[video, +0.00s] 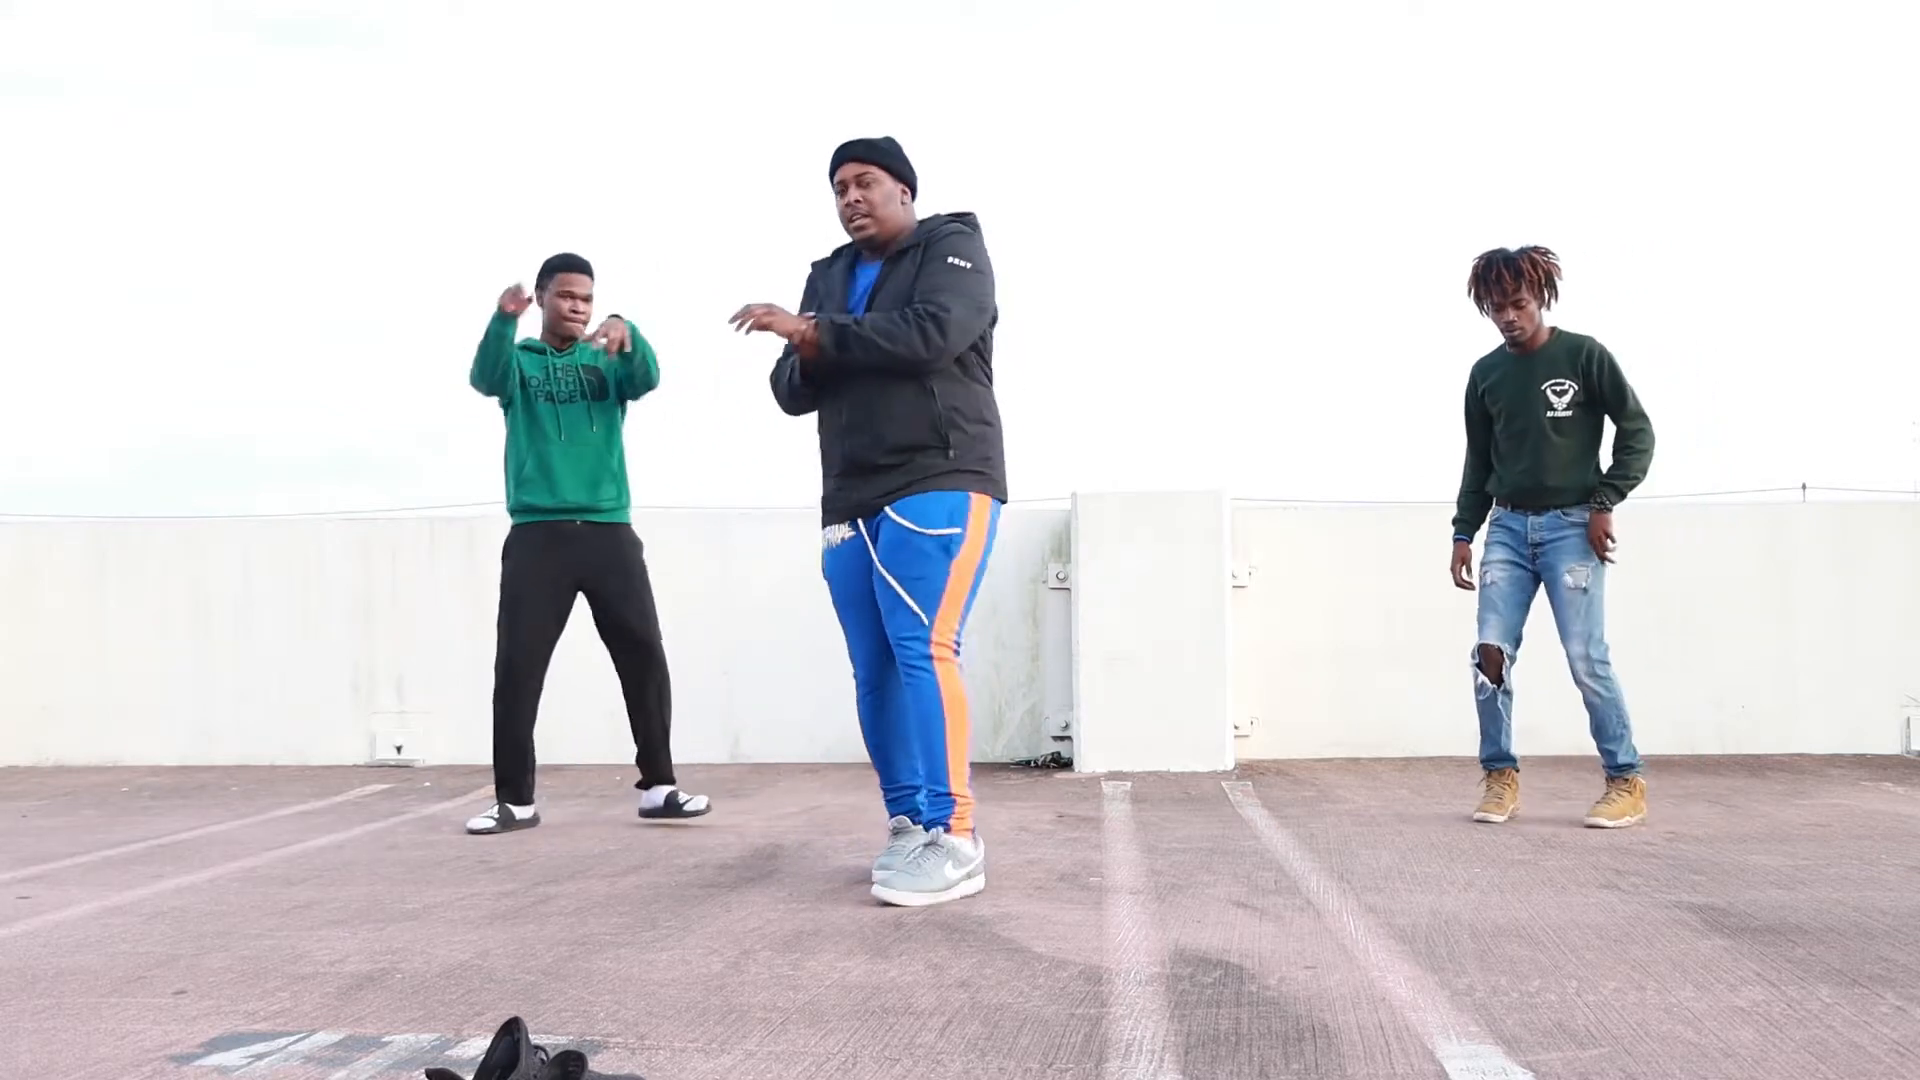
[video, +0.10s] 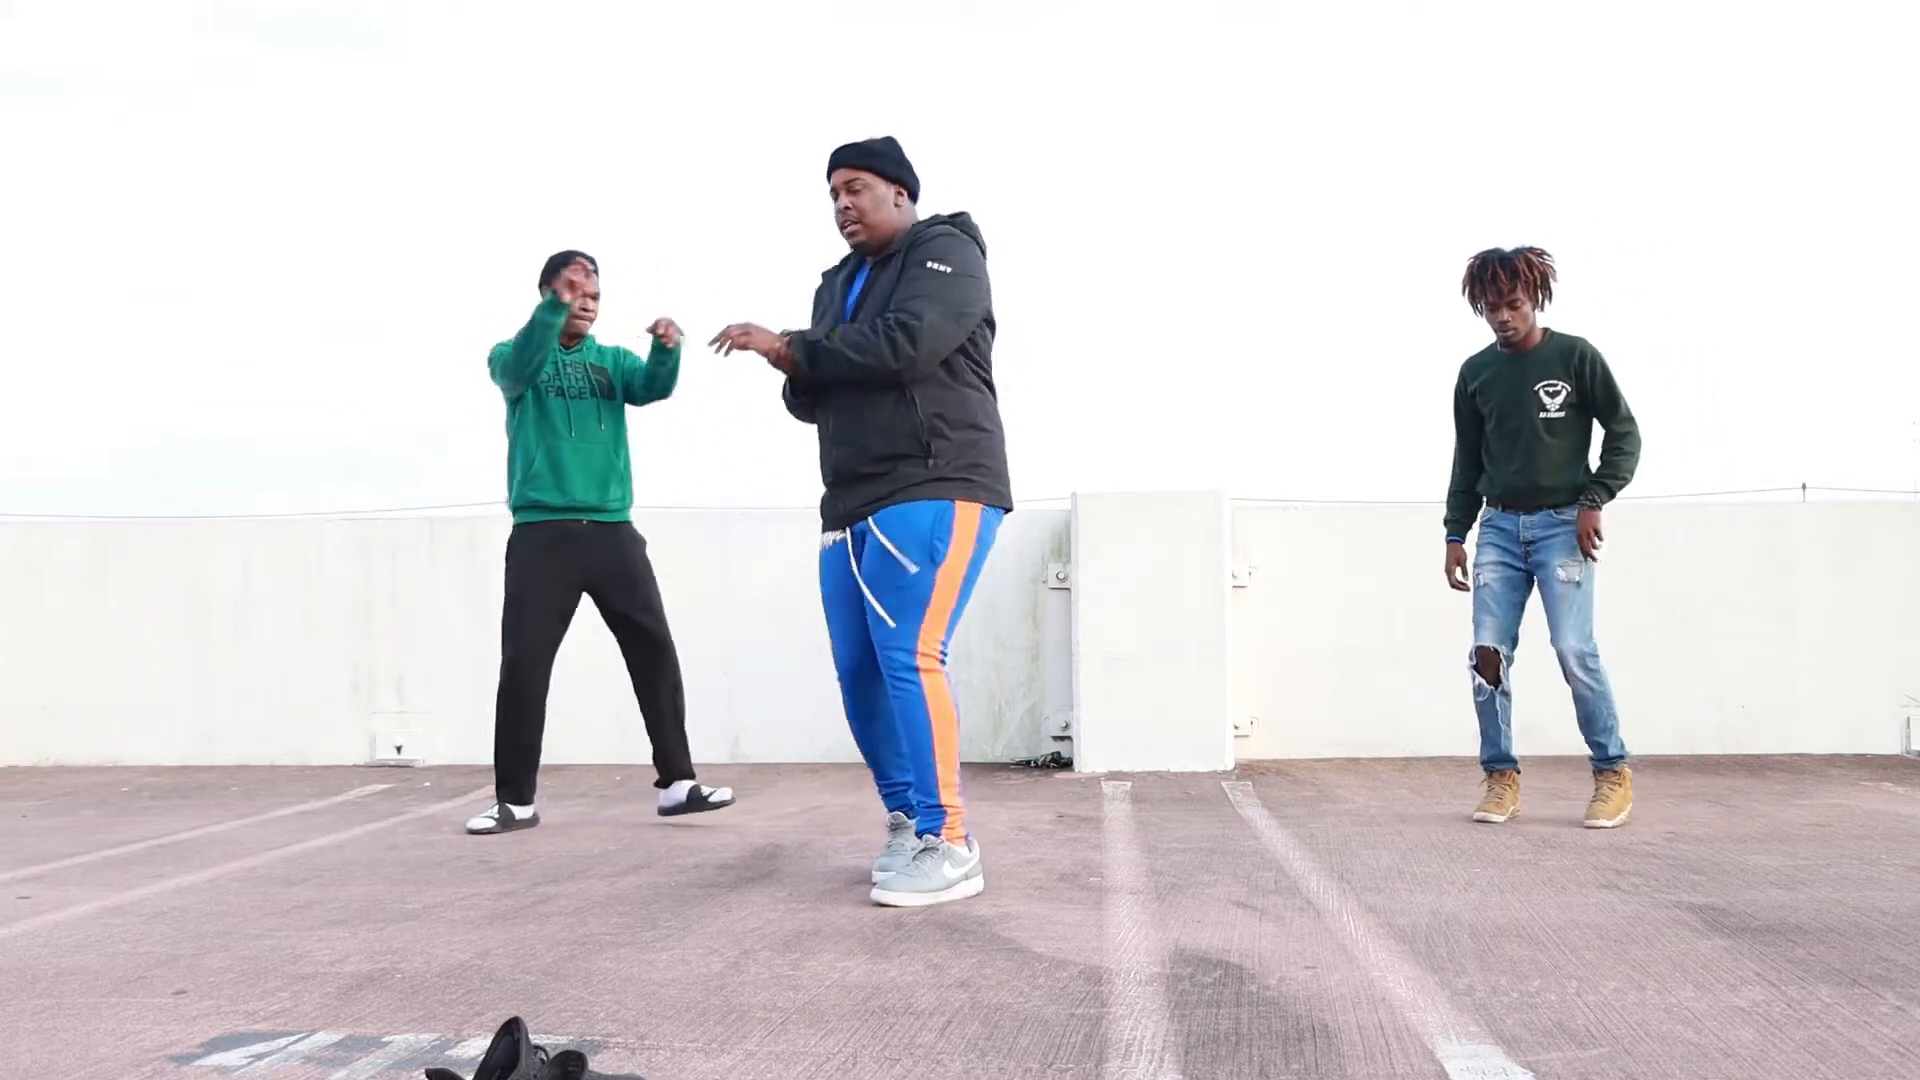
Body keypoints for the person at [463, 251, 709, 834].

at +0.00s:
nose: (576, 306)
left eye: (585, 298)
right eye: (565, 296)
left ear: (593, 305)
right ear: (542, 301)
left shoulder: (607, 359)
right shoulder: (519, 358)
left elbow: (644, 379)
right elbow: (488, 378)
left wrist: (628, 335)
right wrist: (505, 318)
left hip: (610, 534)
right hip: (538, 535)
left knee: (644, 655)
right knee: (517, 668)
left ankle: (658, 788)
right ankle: (514, 801)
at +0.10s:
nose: (584, 299)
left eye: (592, 292)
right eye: (573, 289)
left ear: (599, 302)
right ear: (546, 296)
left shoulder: (611, 358)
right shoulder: (515, 355)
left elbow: (653, 385)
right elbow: (515, 372)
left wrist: (666, 349)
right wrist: (552, 305)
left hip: (613, 534)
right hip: (542, 535)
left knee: (654, 651)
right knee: (523, 669)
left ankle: (677, 784)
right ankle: (515, 801)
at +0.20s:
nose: (599, 310)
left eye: (607, 302)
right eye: (588, 299)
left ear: (613, 309)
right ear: (559, 300)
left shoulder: (621, 366)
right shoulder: (525, 352)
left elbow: (666, 405)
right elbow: (539, 381)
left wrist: (704, 368)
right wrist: (615, 338)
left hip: (620, 537)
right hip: (550, 539)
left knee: (667, 651)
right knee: (527, 669)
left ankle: (697, 786)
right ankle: (515, 802)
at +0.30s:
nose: (618, 325)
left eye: (626, 316)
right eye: (606, 314)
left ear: (632, 321)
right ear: (579, 315)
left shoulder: (638, 386)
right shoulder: (551, 361)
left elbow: (676, 432)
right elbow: (573, 393)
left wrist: (720, 420)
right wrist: (655, 387)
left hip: (633, 549)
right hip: (565, 547)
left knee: (682, 657)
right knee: (534, 673)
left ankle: (702, 796)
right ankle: (514, 803)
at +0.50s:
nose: (675, 329)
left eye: (683, 321)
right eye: (664, 319)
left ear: (690, 329)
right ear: (639, 321)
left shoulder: (691, 398)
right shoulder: (615, 365)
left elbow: (728, 461)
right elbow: (639, 404)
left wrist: (777, 461)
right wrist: (720, 412)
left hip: (681, 551)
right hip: (616, 545)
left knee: (722, 667)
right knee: (570, 670)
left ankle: (708, 798)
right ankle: (518, 794)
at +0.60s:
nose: (699, 322)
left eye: (707, 314)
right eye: (688, 311)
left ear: (714, 323)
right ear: (661, 315)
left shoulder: (717, 394)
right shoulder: (636, 358)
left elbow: (758, 446)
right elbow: (649, 389)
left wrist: (818, 440)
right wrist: (723, 385)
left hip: (702, 548)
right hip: (636, 538)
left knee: (729, 670)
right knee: (592, 660)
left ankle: (708, 797)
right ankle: (550, 789)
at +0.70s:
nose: (716, 313)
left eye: (724, 305)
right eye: (706, 303)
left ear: (731, 311)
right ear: (678, 302)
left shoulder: (740, 364)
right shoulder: (650, 347)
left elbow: (774, 407)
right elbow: (659, 374)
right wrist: (748, 348)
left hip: (717, 536)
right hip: (651, 526)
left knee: (729, 666)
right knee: (624, 651)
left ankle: (708, 797)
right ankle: (608, 796)